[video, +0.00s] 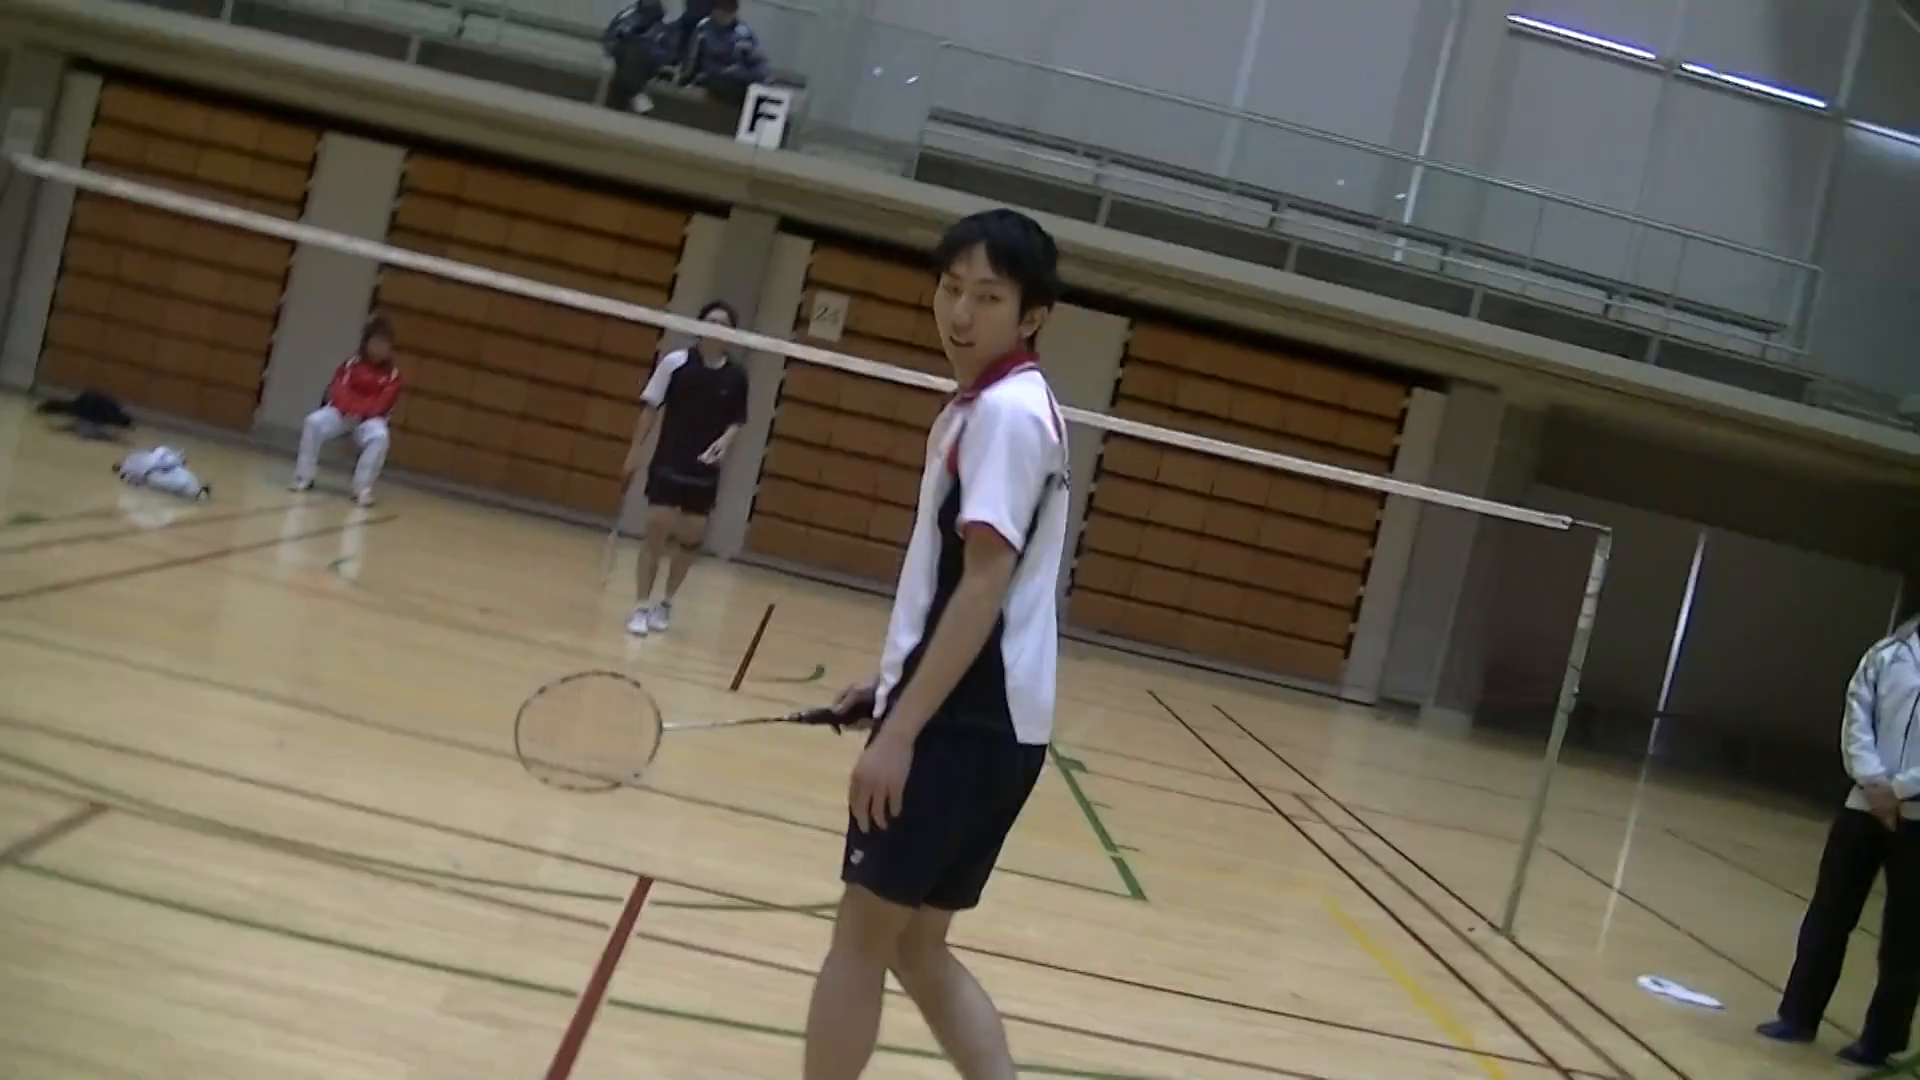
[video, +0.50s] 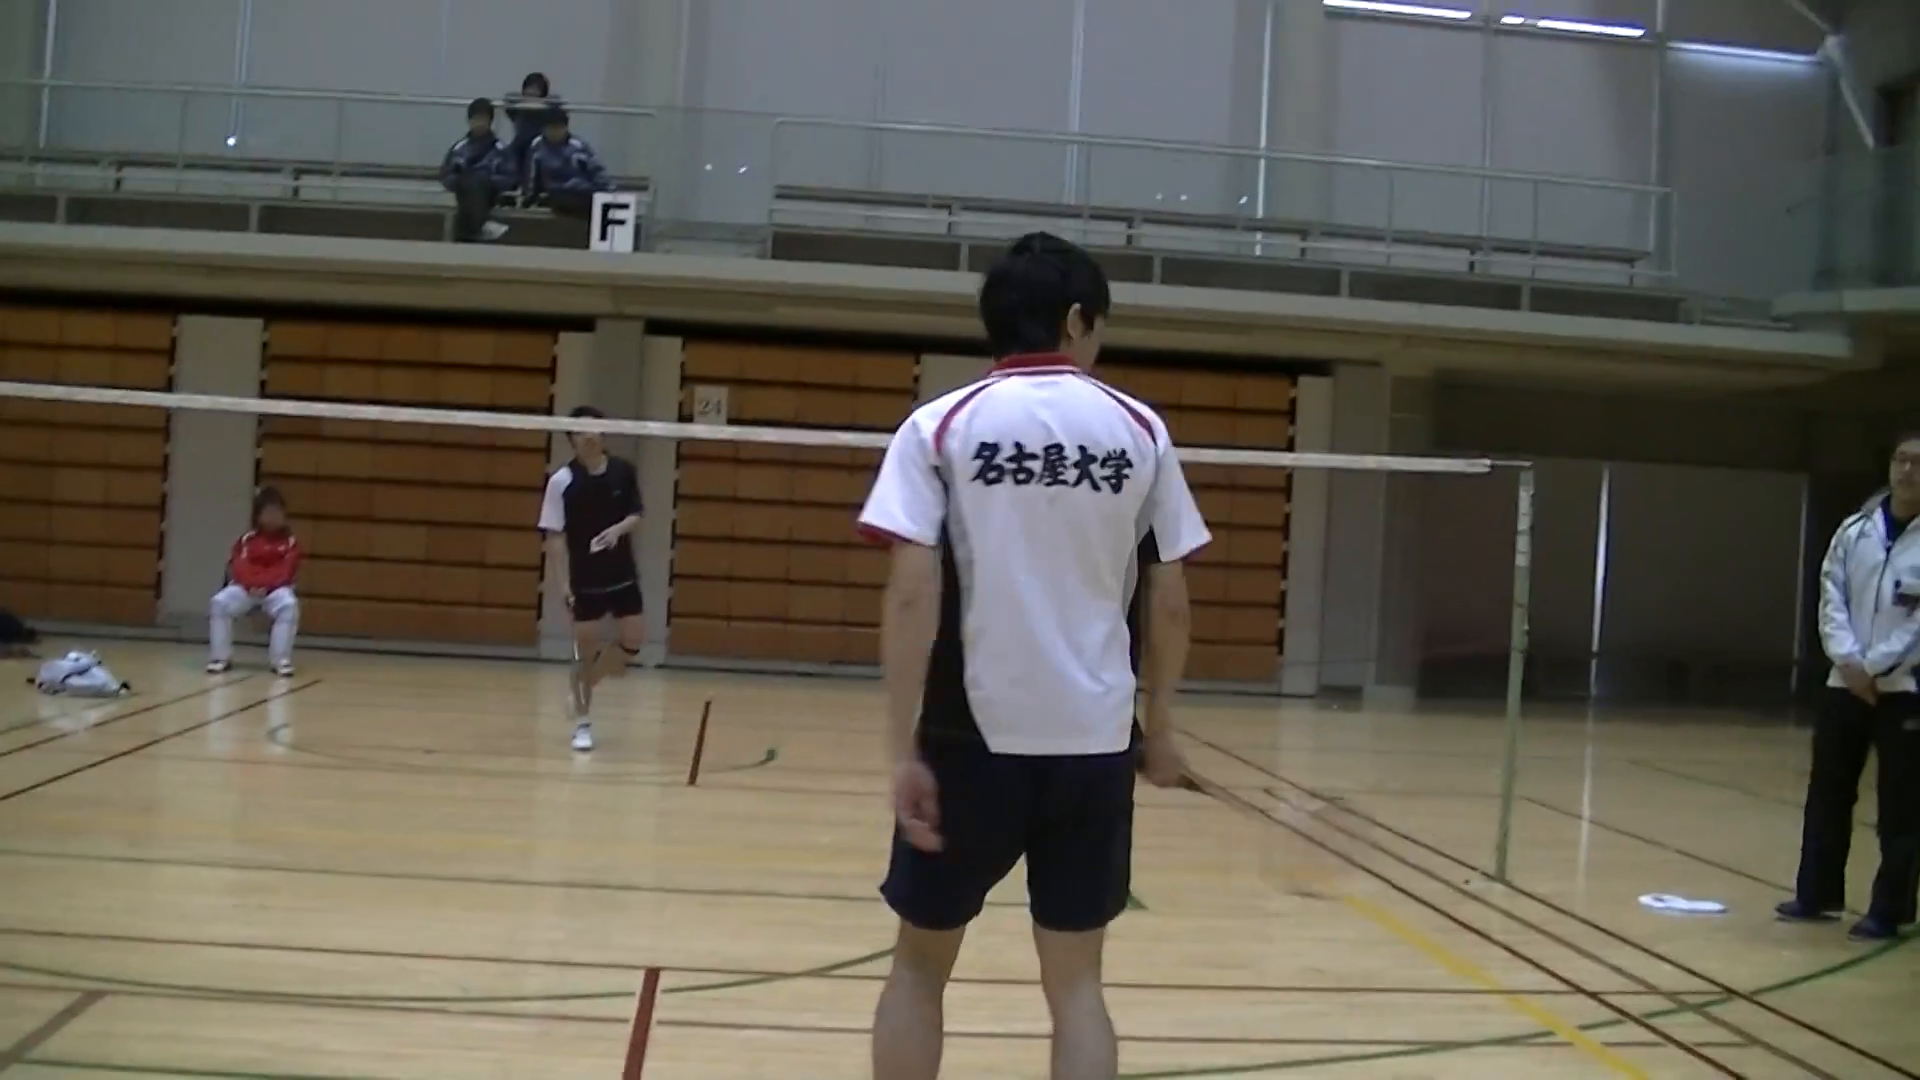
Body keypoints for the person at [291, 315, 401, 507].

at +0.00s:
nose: (378, 350)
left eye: (384, 344)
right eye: (374, 343)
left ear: (391, 348)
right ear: (365, 344)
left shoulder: (392, 376)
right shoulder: (351, 365)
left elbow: (382, 404)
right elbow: (337, 391)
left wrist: (360, 412)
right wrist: (348, 408)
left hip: (370, 417)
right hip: (342, 410)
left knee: (379, 439)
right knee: (314, 423)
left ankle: (362, 488)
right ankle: (304, 477)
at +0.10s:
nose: (353, 402)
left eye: (358, 396)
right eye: (348, 395)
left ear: (365, 399)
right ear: (339, 397)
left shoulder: (367, 427)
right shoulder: (326, 418)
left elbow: (358, 456)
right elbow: (314, 444)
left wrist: (338, 465)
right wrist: (323, 462)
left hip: (347, 469)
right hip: (319, 464)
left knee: (359, 489)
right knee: (292, 476)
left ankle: (345, 539)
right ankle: (285, 531)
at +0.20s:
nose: (343, 441)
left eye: (347, 435)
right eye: (338, 435)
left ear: (354, 438)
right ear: (329, 437)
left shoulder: (359, 466)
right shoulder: (317, 460)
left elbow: (351, 495)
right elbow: (307, 487)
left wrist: (331, 506)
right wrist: (317, 504)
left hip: (341, 510)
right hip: (313, 506)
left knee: (353, 529)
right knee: (286, 520)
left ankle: (342, 580)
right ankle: (282, 575)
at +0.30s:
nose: (320, 476)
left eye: (325, 470)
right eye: (315, 470)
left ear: (332, 472)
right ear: (306, 472)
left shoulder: (336, 501)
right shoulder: (296, 496)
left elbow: (331, 530)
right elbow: (286, 524)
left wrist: (313, 541)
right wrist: (298, 539)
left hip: (322, 544)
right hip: (294, 542)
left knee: (334, 563)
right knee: (267, 558)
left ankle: (325, 615)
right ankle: (265, 612)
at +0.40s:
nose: (295, 503)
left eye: (300, 497)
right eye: (289, 497)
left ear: (306, 499)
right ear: (280, 500)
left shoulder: (312, 527)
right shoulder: (269, 524)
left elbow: (308, 556)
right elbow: (261, 550)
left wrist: (289, 569)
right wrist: (272, 567)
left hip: (298, 571)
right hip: (270, 570)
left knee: (311, 590)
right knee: (243, 586)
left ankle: (303, 642)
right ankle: (242, 641)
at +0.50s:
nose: (273, 519)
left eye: (278, 512)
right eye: (268, 513)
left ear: (284, 515)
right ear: (258, 516)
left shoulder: (289, 543)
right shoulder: (247, 540)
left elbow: (286, 572)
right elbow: (238, 566)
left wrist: (266, 585)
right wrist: (250, 584)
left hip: (275, 588)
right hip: (247, 586)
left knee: (288, 607)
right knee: (220, 603)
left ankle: (281, 659)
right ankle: (220, 658)